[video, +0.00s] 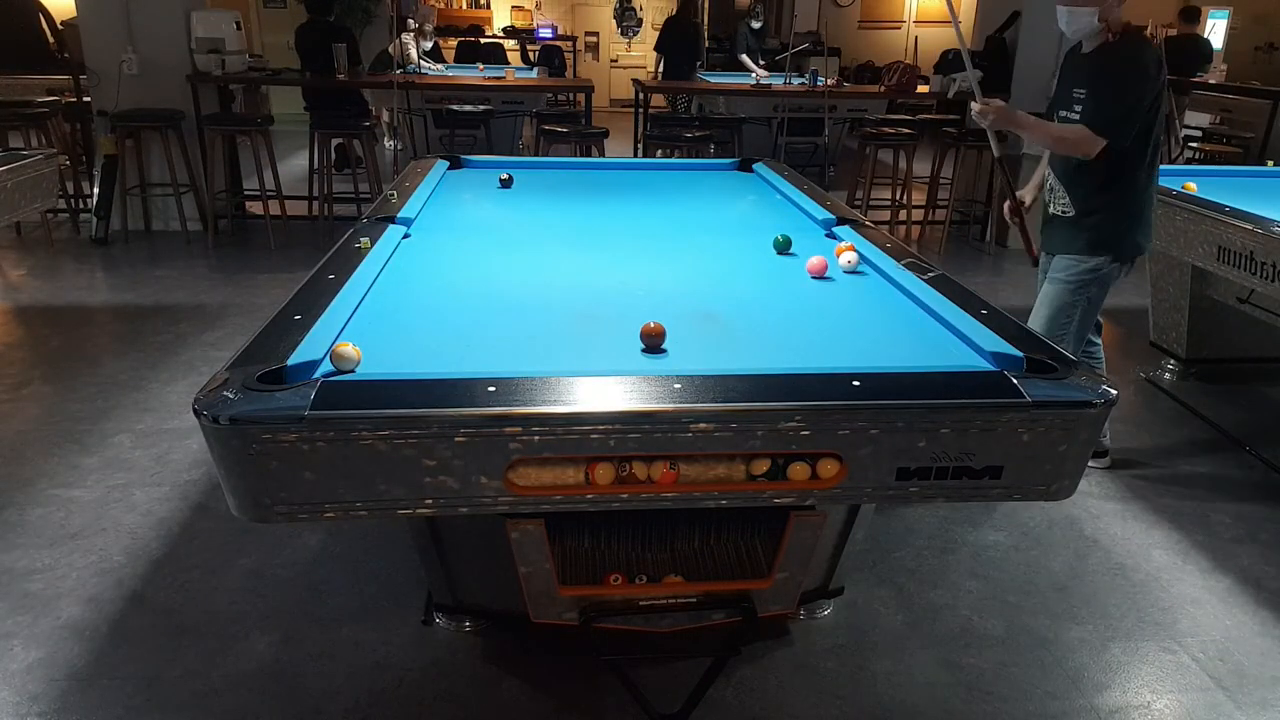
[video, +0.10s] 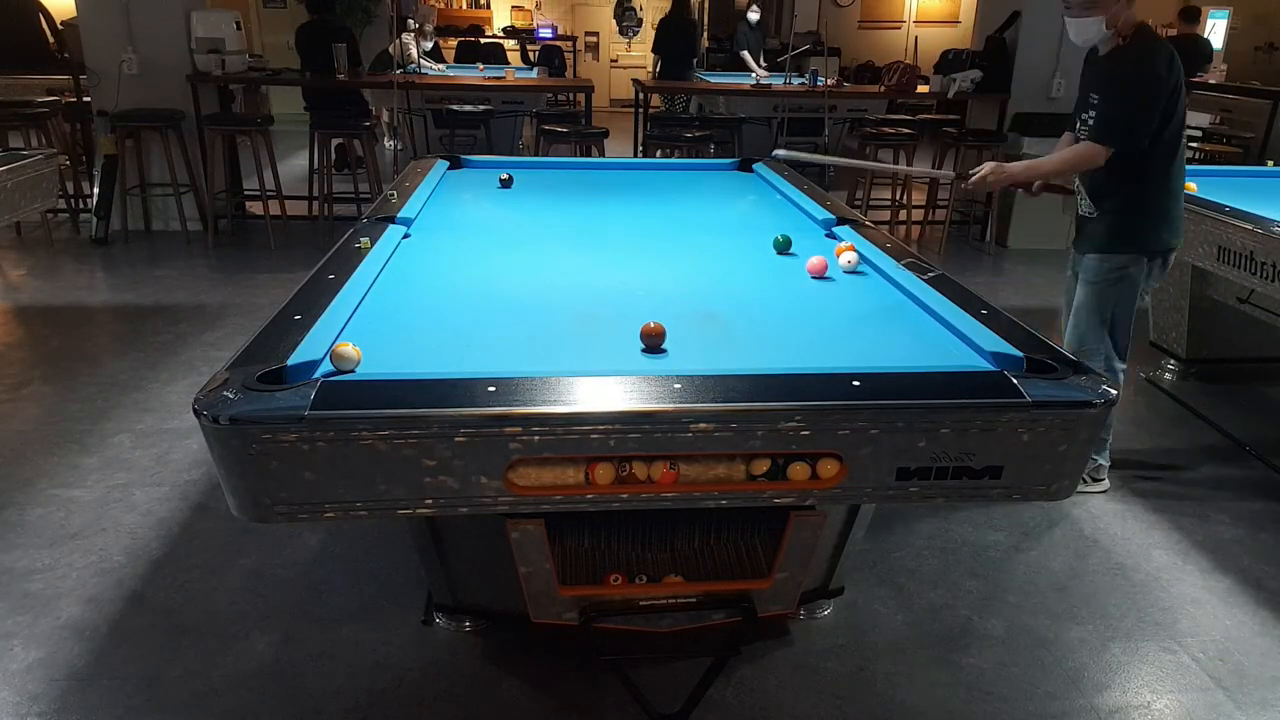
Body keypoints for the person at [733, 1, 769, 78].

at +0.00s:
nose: (757, 25)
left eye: (759, 22)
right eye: (754, 22)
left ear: (763, 19)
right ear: (749, 18)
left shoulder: (761, 27)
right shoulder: (742, 29)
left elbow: (757, 46)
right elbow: (741, 55)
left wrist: (759, 60)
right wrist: (757, 70)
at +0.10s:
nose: (753, 14)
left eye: (756, 12)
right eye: (751, 11)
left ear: (760, 14)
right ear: (746, 12)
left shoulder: (759, 28)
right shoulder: (741, 27)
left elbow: (760, 47)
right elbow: (743, 52)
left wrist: (761, 62)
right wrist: (758, 70)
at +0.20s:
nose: (749, 14)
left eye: (753, 11)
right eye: (747, 11)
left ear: (758, 14)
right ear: (744, 12)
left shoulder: (760, 30)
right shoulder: (739, 29)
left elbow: (765, 48)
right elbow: (741, 52)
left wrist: (771, 65)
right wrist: (755, 69)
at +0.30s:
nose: (748, 14)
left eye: (751, 11)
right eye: (746, 10)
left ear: (757, 14)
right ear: (743, 12)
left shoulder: (761, 27)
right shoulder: (739, 28)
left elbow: (766, 47)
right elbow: (740, 51)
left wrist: (772, 66)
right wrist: (754, 69)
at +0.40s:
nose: (749, 14)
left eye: (752, 11)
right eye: (747, 11)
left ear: (758, 14)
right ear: (743, 12)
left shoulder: (761, 28)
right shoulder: (739, 28)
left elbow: (766, 47)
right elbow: (741, 51)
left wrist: (772, 66)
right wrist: (753, 69)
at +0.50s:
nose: (755, 19)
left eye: (757, 16)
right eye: (752, 16)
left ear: (760, 15)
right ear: (746, 14)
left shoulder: (762, 27)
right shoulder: (739, 27)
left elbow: (767, 46)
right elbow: (735, 50)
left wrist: (772, 66)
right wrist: (748, 68)